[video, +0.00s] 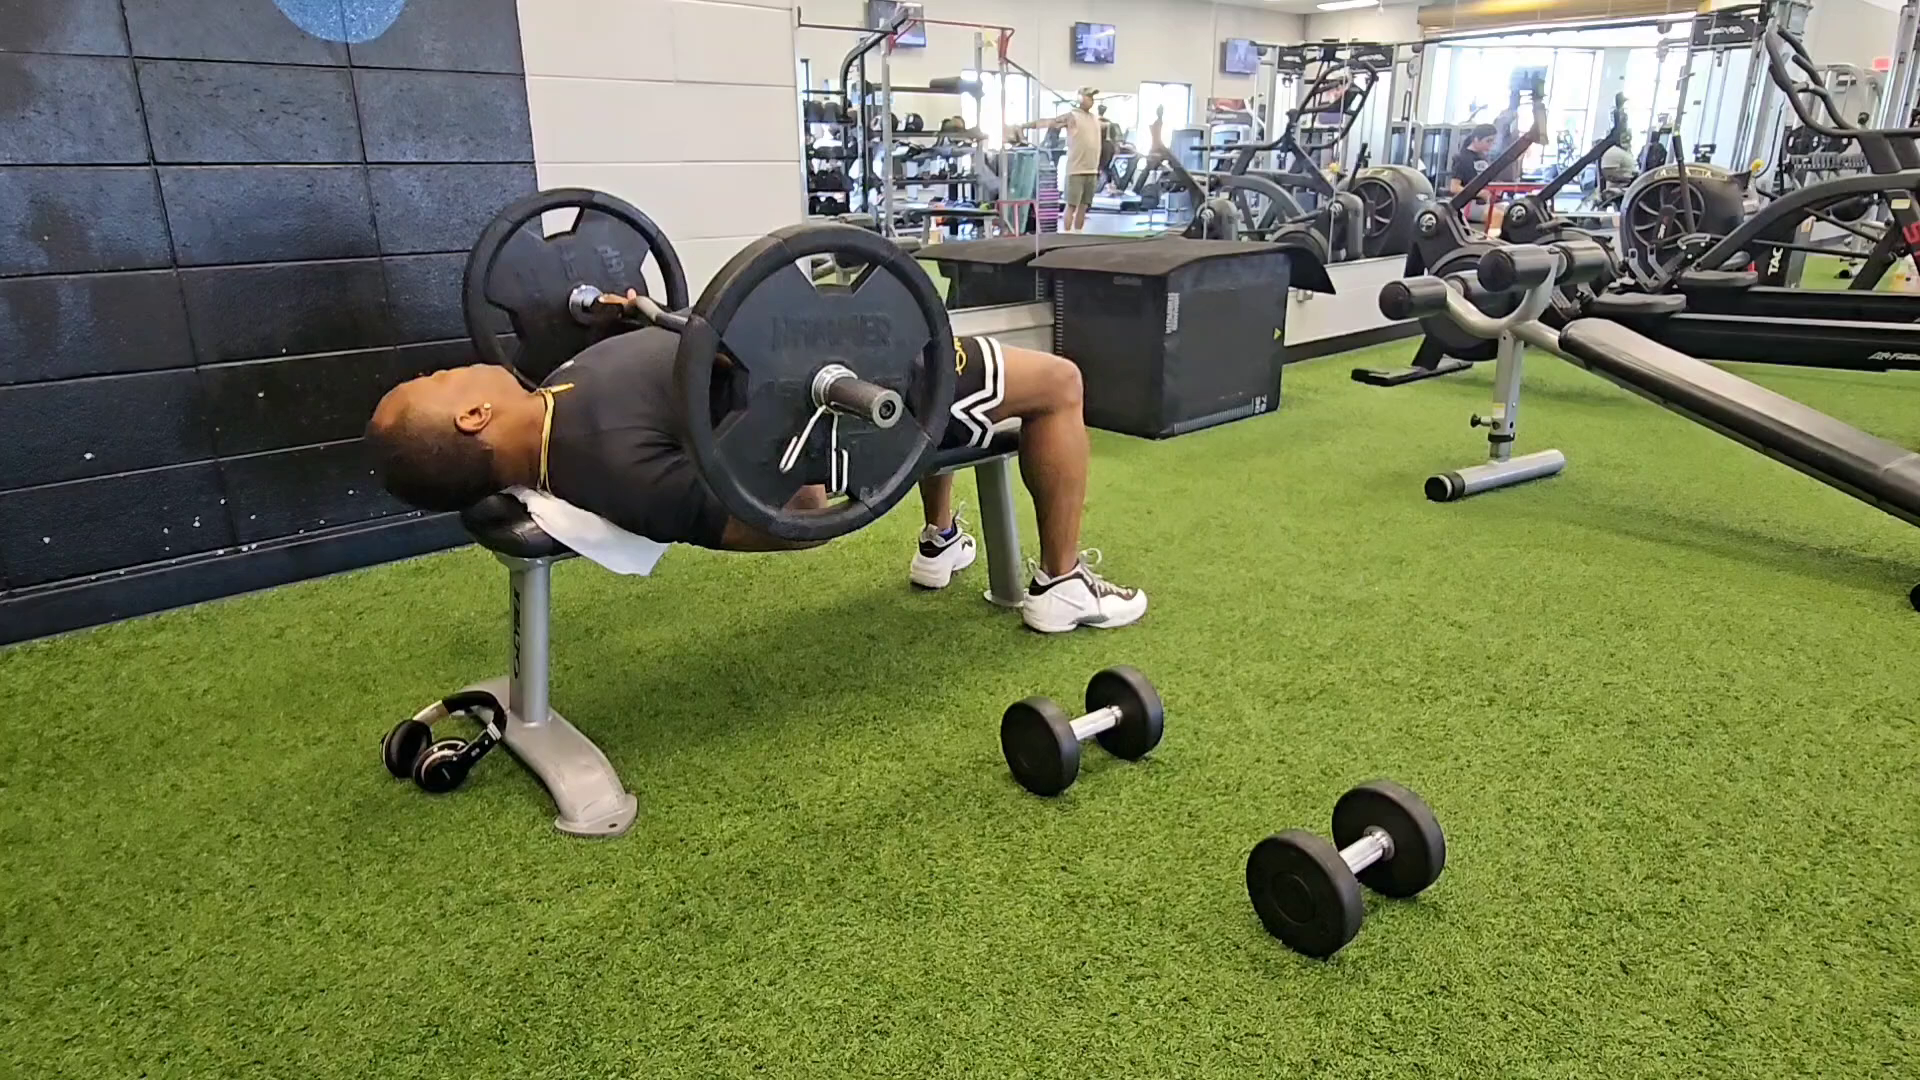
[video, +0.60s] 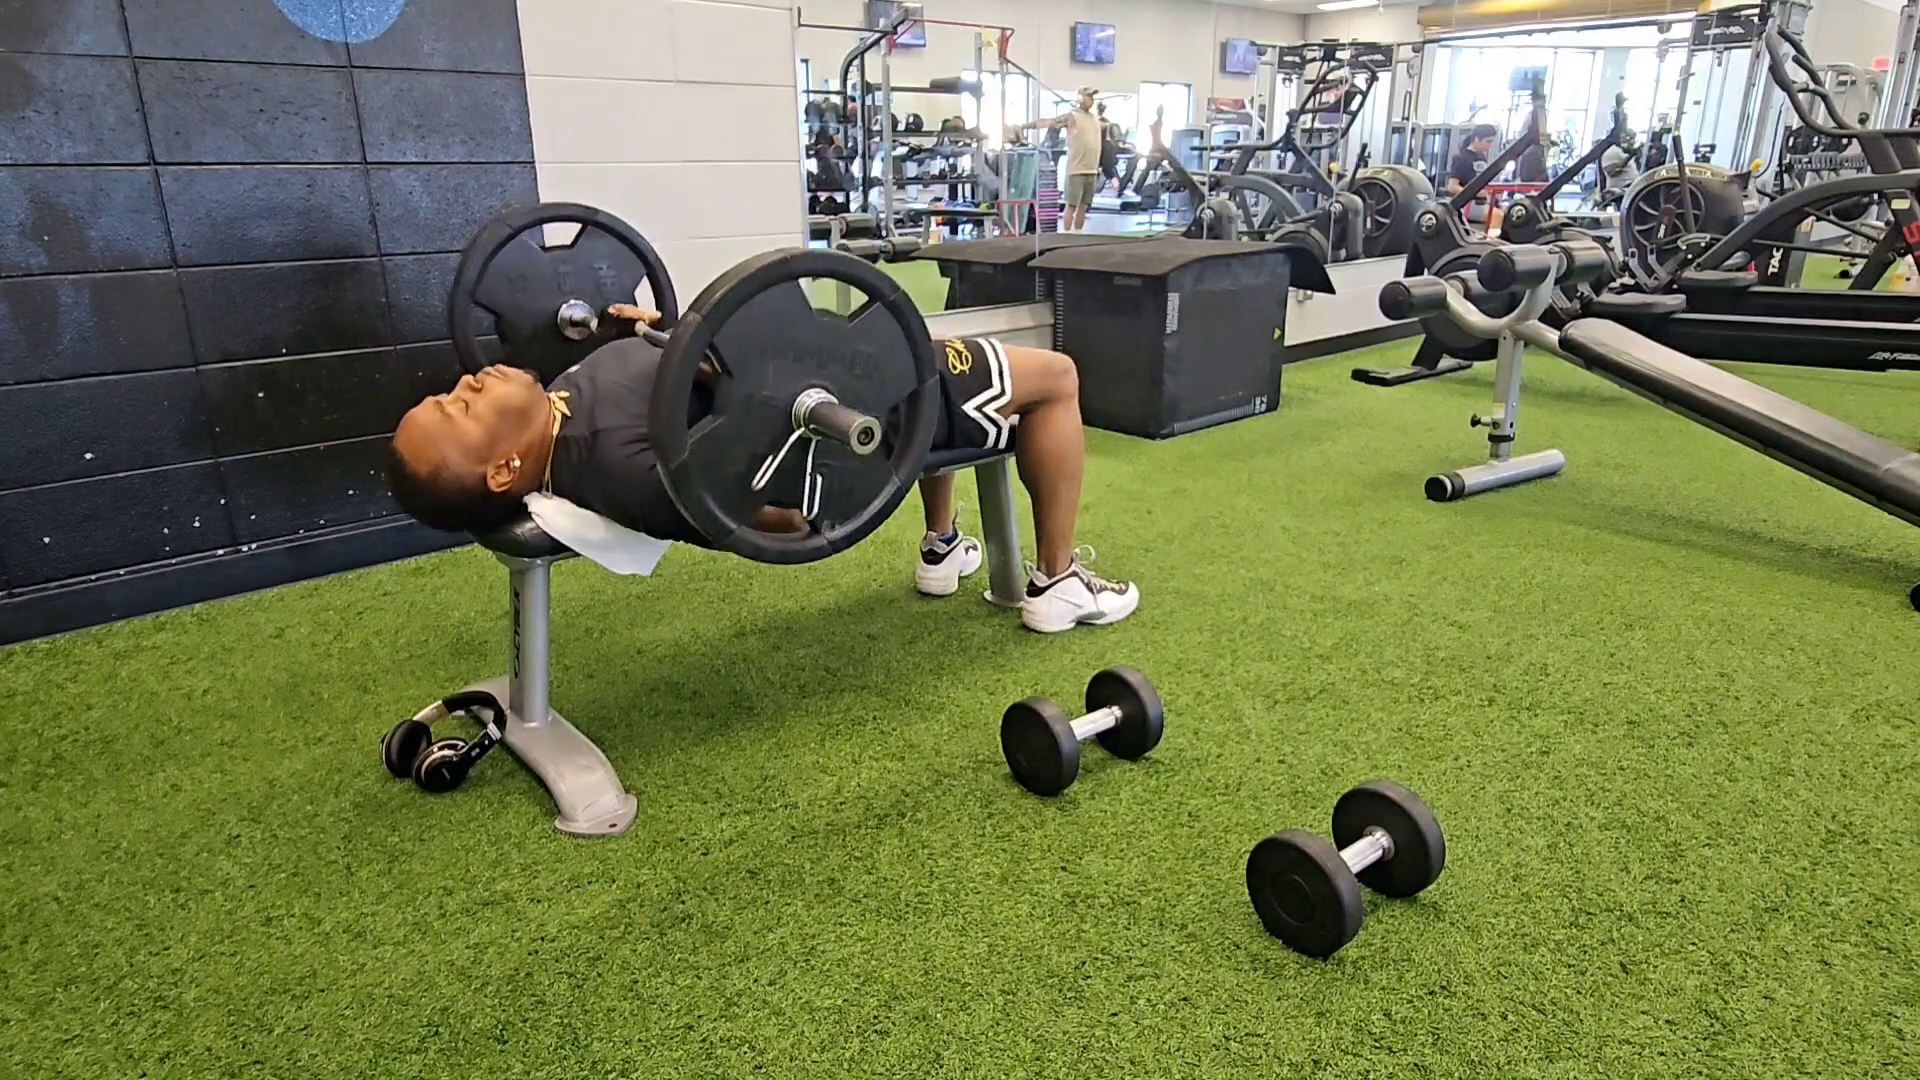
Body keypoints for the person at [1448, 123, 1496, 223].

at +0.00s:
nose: (1491, 146)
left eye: (1492, 141)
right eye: (1488, 141)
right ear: (1476, 140)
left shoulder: (1483, 157)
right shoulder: (1462, 158)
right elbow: (1454, 187)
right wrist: (1478, 193)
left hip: (1485, 202)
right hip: (1468, 204)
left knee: (1509, 209)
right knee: (1498, 215)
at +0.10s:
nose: (1491, 145)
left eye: (1492, 141)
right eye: (1488, 141)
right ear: (1476, 139)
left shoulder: (1483, 157)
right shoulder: (1462, 158)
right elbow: (1454, 187)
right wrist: (1478, 193)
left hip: (1485, 202)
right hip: (1468, 205)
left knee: (1509, 209)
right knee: (1498, 215)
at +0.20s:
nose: (1491, 145)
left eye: (1493, 141)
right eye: (1488, 141)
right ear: (1477, 139)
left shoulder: (1483, 157)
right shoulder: (1462, 158)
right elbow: (1453, 187)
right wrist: (1478, 193)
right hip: (1468, 204)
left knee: (1510, 210)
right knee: (1497, 215)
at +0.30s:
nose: (1491, 146)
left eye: (1492, 141)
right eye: (1489, 141)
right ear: (1477, 139)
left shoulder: (1483, 157)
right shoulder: (1462, 158)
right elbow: (1453, 187)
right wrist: (1477, 193)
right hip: (1469, 204)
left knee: (1511, 212)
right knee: (1498, 215)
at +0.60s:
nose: (1490, 146)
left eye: (1491, 142)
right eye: (1488, 142)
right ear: (1477, 139)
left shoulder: (1482, 157)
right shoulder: (1461, 158)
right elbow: (1452, 186)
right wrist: (1477, 193)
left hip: (1484, 201)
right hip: (1467, 203)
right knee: (1497, 216)